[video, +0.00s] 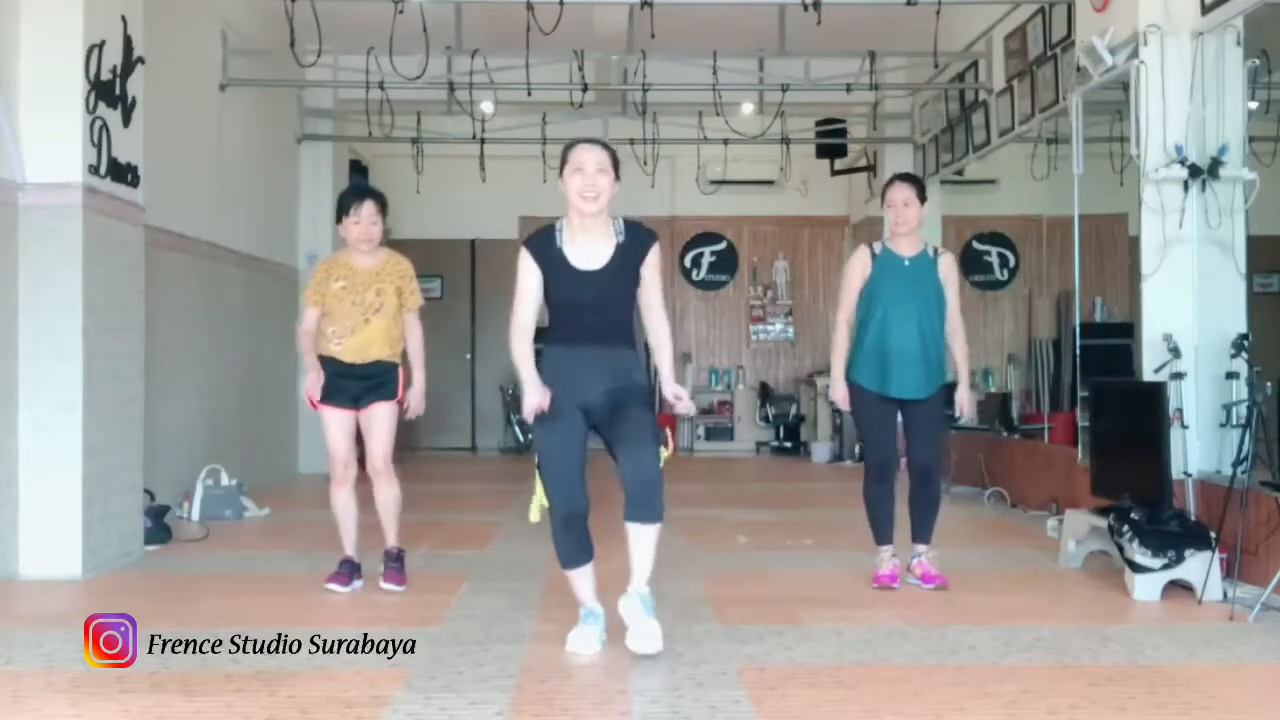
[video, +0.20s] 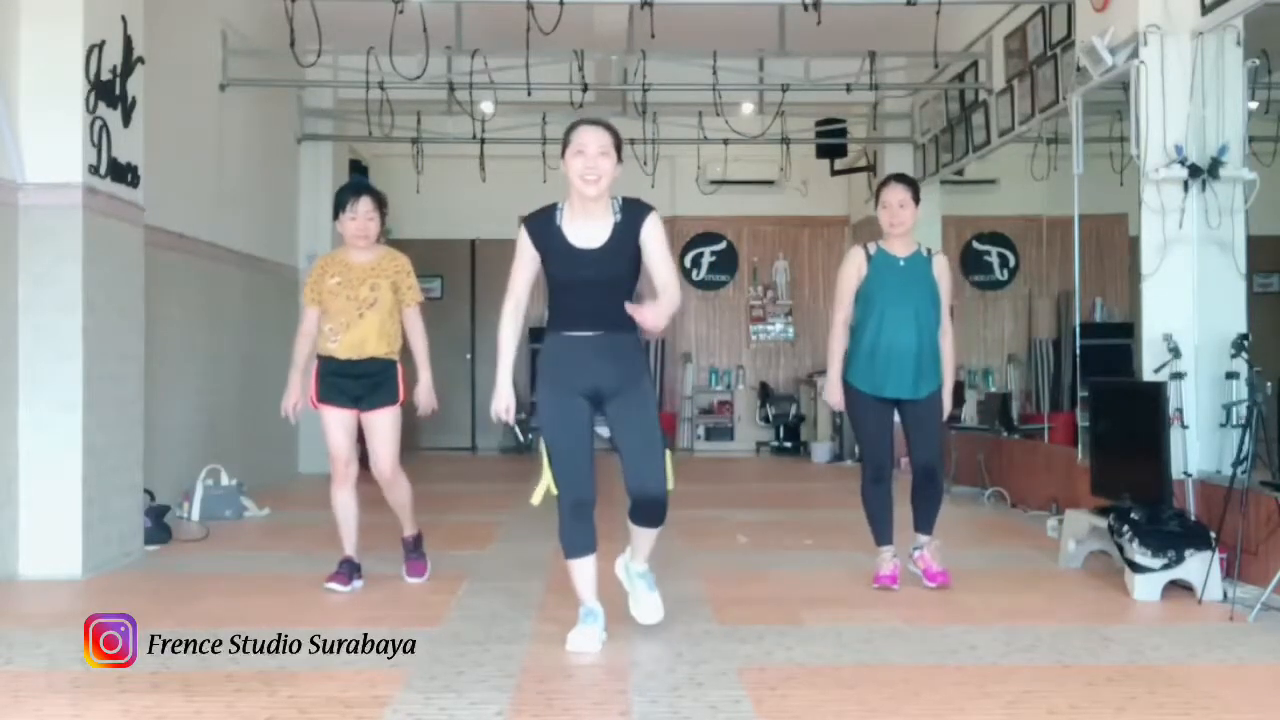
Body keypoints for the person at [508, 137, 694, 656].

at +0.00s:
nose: (589, 180)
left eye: (599, 171)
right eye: (579, 171)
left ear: (615, 183)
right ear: (561, 181)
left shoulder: (640, 243)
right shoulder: (538, 249)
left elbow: (655, 316)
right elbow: (522, 326)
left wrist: (668, 378)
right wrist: (530, 381)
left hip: (625, 385)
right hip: (558, 387)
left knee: (645, 475)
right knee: (566, 503)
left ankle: (639, 595)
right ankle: (590, 611)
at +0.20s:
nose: (592, 163)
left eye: (603, 154)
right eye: (580, 153)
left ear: (618, 164)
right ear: (564, 162)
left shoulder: (641, 220)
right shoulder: (538, 227)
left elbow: (671, 290)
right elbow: (514, 307)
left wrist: (662, 311)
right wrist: (504, 381)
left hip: (626, 366)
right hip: (562, 368)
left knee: (651, 489)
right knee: (575, 494)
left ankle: (636, 565)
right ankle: (588, 609)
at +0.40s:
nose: (590, 170)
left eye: (601, 161)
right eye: (579, 161)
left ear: (617, 171)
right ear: (562, 171)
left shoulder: (641, 227)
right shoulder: (541, 236)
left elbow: (679, 300)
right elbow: (512, 299)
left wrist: (646, 288)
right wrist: (488, 360)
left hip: (632, 376)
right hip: (567, 380)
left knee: (640, 492)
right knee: (576, 498)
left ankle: (635, 587)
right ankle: (590, 609)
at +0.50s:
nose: (589, 180)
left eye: (600, 172)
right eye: (579, 171)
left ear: (616, 183)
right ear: (562, 182)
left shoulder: (642, 242)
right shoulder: (539, 245)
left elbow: (675, 315)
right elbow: (508, 306)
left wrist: (646, 296)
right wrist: (485, 361)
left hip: (632, 386)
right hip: (565, 389)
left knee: (661, 499)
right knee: (574, 503)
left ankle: (637, 576)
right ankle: (590, 611)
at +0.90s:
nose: (592, 168)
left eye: (603, 159)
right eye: (581, 158)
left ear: (618, 169)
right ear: (564, 166)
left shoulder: (639, 220)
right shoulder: (540, 232)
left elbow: (667, 290)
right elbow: (519, 302)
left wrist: (680, 353)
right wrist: (504, 364)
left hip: (630, 367)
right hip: (566, 370)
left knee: (649, 492)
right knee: (575, 497)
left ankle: (648, 586)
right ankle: (590, 610)